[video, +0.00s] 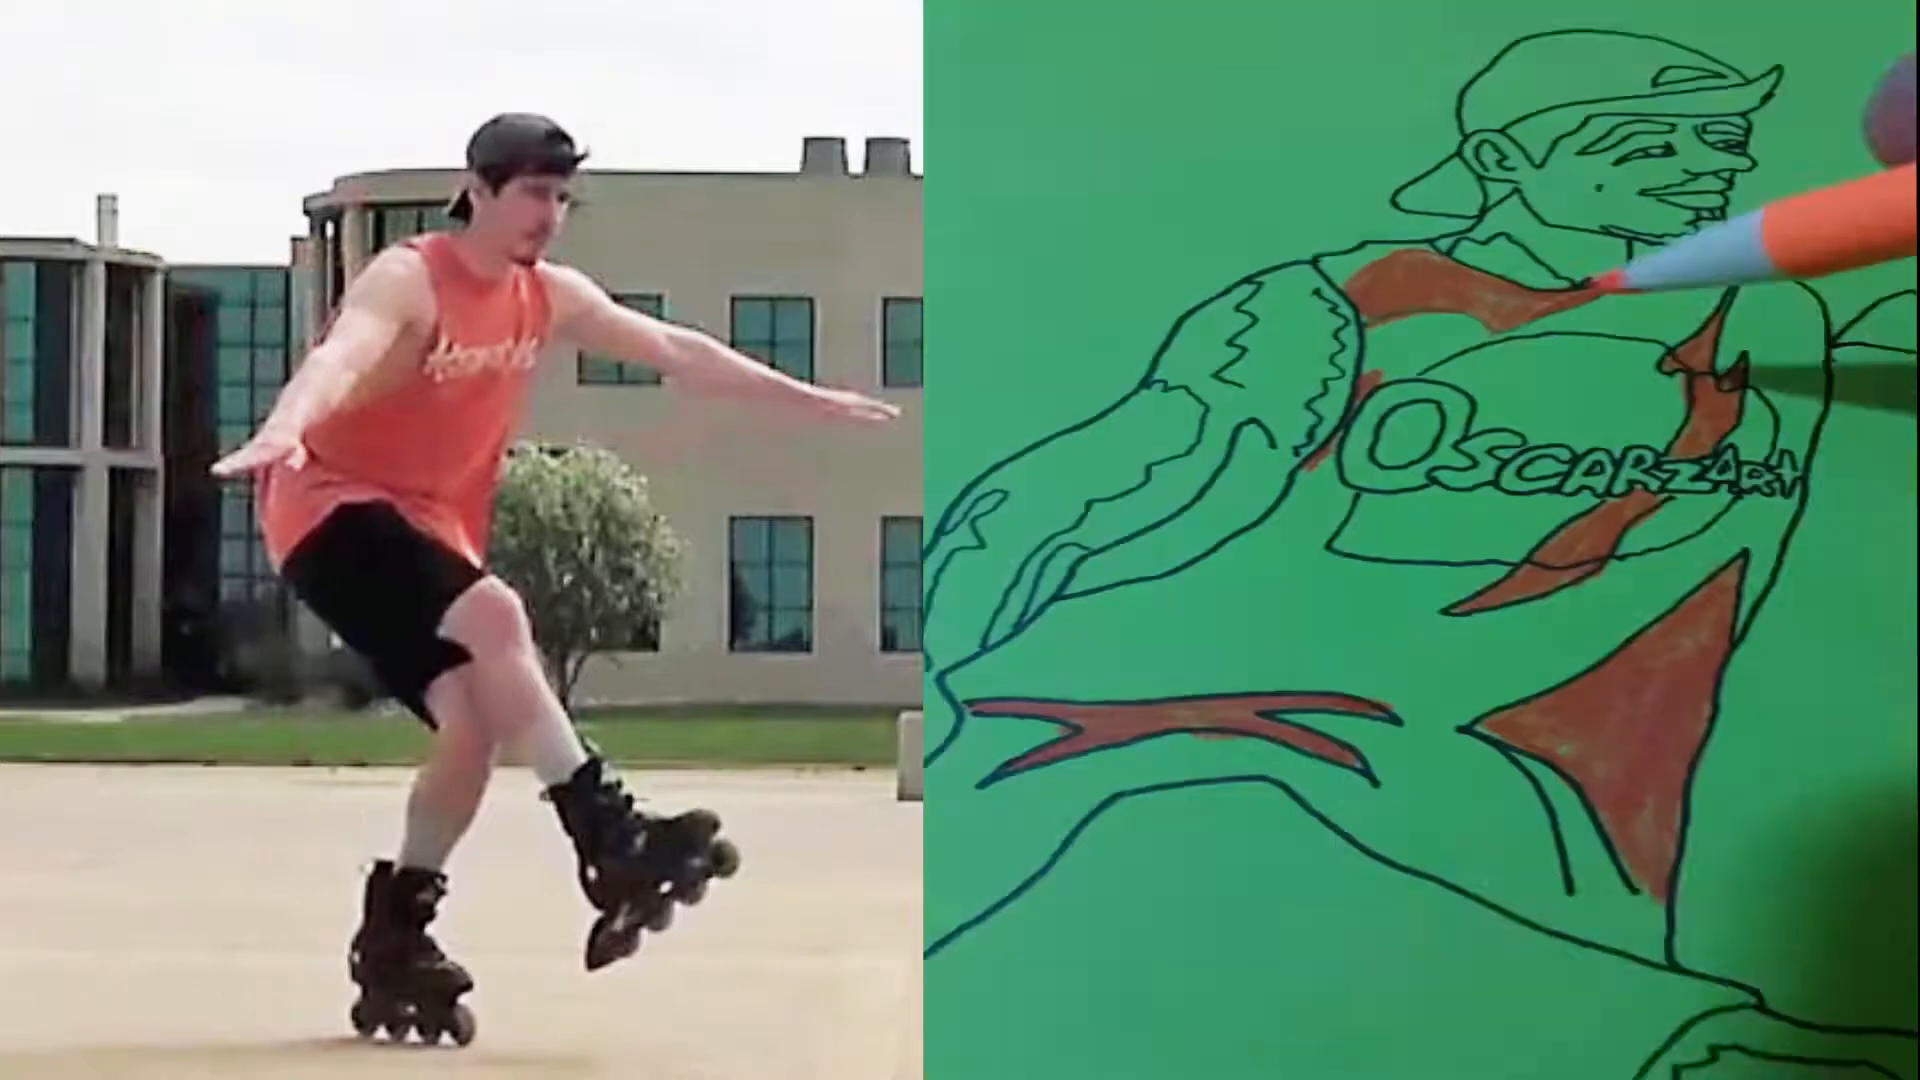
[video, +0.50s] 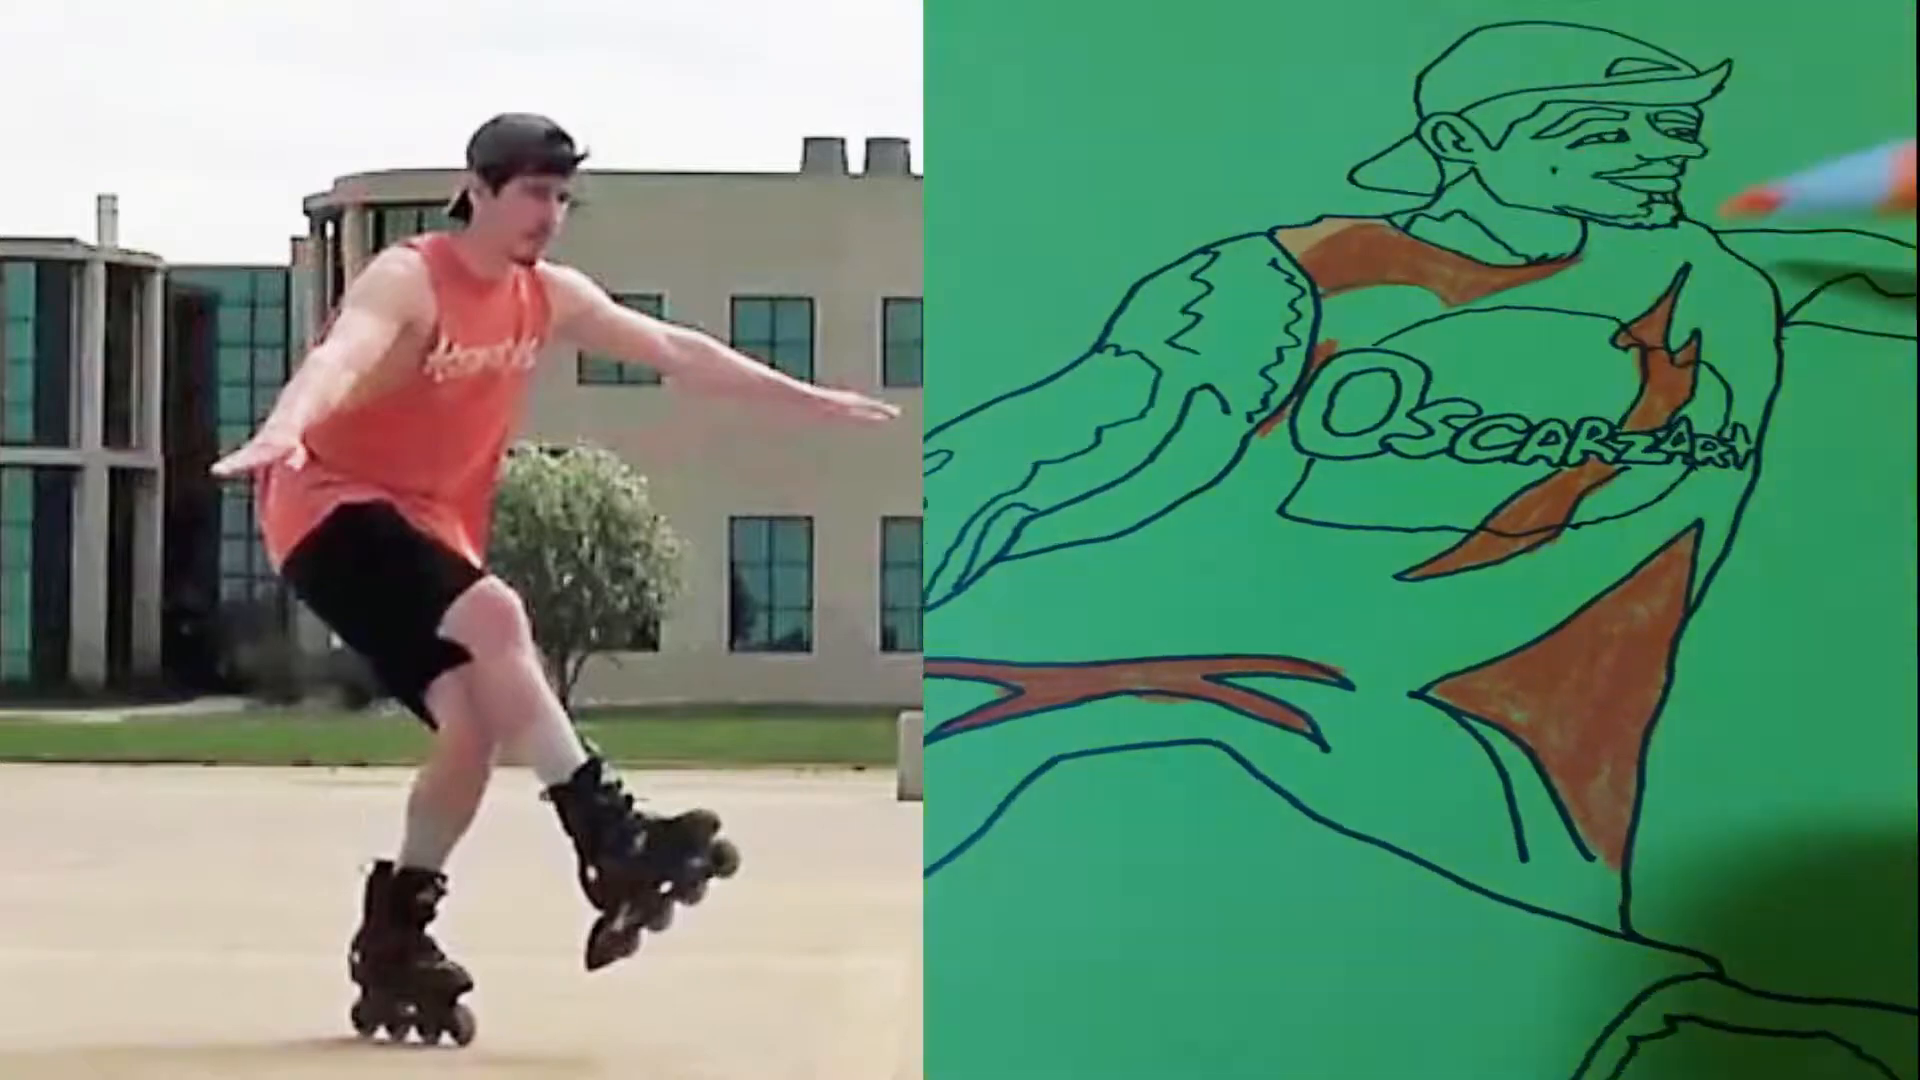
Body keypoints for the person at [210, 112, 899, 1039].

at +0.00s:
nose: (552, 214)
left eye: (562, 198)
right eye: (536, 194)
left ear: (563, 203)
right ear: (477, 191)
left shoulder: (551, 293)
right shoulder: (409, 274)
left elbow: (674, 349)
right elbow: (342, 356)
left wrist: (810, 399)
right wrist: (283, 429)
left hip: (436, 530)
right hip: (334, 505)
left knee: (477, 725)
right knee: (492, 616)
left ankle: (393, 936)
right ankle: (611, 842)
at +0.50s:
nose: (552, 214)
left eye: (562, 198)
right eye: (536, 194)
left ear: (563, 203)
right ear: (477, 191)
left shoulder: (551, 293)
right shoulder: (409, 274)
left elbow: (674, 349)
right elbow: (341, 356)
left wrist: (810, 399)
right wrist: (283, 429)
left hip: (436, 529)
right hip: (334, 504)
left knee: (477, 723)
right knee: (492, 616)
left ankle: (393, 936)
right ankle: (611, 843)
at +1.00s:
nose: (552, 214)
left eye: (562, 198)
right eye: (536, 194)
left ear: (563, 203)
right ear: (477, 191)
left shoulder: (551, 293)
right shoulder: (409, 274)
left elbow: (674, 349)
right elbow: (341, 356)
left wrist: (811, 399)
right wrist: (282, 429)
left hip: (436, 530)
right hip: (334, 505)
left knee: (477, 725)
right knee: (492, 616)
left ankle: (393, 936)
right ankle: (611, 842)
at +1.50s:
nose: (552, 214)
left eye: (562, 198)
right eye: (536, 195)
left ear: (562, 203)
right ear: (477, 191)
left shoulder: (551, 293)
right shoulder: (408, 274)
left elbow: (674, 349)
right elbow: (342, 356)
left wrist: (811, 399)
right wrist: (283, 428)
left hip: (436, 530)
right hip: (334, 505)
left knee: (477, 725)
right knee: (492, 616)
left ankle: (393, 935)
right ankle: (610, 841)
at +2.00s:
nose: (552, 214)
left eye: (562, 198)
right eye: (536, 195)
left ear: (562, 203)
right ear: (477, 191)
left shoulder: (551, 293)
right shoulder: (408, 275)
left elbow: (674, 350)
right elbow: (342, 356)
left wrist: (810, 399)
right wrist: (283, 428)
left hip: (436, 529)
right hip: (333, 504)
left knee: (477, 723)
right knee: (492, 616)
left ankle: (393, 937)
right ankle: (611, 843)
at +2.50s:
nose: (551, 215)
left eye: (561, 199)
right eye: (534, 195)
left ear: (563, 203)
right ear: (475, 191)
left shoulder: (551, 293)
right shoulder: (408, 274)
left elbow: (674, 349)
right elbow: (342, 356)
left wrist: (810, 399)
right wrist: (283, 429)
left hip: (436, 530)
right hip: (334, 504)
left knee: (477, 725)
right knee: (492, 616)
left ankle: (393, 935)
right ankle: (610, 841)